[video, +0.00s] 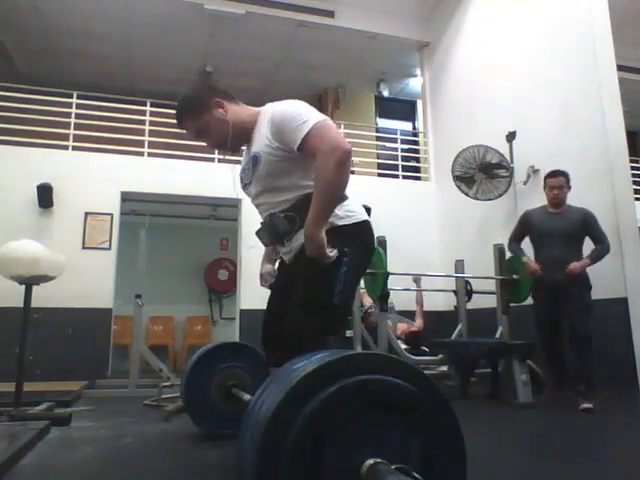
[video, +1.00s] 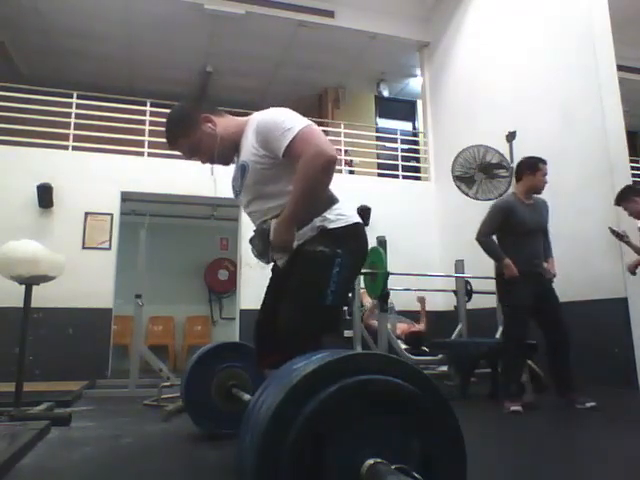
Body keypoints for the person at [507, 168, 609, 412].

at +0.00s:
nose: (555, 193)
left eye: (560, 188)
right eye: (550, 188)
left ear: (568, 189)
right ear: (544, 191)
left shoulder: (582, 216)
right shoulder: (530, 218)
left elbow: (603, 246)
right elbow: (513, 244)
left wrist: (585, 262)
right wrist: (527, 261)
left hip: (575, 287)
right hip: (544, 288)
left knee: (581, 337)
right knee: (549, 339)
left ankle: (584, 394)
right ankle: (557, 389)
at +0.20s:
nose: (559, 188)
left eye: (565, 183)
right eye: (555, 183)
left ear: (572, 185)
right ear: (548, 184)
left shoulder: (584, 213)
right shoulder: (531, 212)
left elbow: (606, 243)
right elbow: (512, 237)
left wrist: (581, 259)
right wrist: (527, 257)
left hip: (573, 284)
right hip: (543, 284)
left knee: (580, 335)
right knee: (548, 335)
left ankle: (585, 394)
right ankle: (561, 390)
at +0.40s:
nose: (564, 185)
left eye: (568, 181)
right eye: (559, 180)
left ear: (572, 183)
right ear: (547, 180)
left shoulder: (580, 212)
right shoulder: (527, 209)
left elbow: (599, 243)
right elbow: (503, 234)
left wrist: (579, 258)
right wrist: (521, 252)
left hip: (569, 281)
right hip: (537, 281)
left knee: (578, 335)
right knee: (534, 334)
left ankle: (583, 396)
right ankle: (531, 395)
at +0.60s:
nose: (556, 185)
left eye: (558, 180)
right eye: (551, 179)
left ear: (560, 183)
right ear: (536, 178)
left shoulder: (564, 212)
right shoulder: (516, 208)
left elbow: (578, 243)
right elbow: (496, 237)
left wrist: (573, 257)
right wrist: (518, 256)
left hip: (557, 281)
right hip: (525, 282)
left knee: (571, 336)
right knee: (520, 340)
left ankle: (583, 396)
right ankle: (513, 397)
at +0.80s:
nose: (549, 182)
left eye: (550, 178)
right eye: (546, 177)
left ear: (538, 178)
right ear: (529, 177)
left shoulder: (548, 208)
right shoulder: (506, 206)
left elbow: (552, 238)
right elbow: (482, 234)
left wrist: (554, 258)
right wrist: (502, 258)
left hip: (543, 279)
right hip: (514, 281)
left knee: (559, 334)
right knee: (515, 339)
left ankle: (567, 393)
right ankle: (511, 397)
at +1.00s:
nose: (546, 180)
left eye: (546, 175)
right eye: (543, 175)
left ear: (532, 176)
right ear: (527, 175)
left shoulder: (541, 206)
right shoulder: (504, 206)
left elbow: (544, 234)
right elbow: (482, 236)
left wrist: (549, 258)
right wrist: (503, 261)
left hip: (539, 279)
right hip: (513, 282)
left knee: (558, 334)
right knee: (515, 339)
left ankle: (567, 393)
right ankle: (511, 398)